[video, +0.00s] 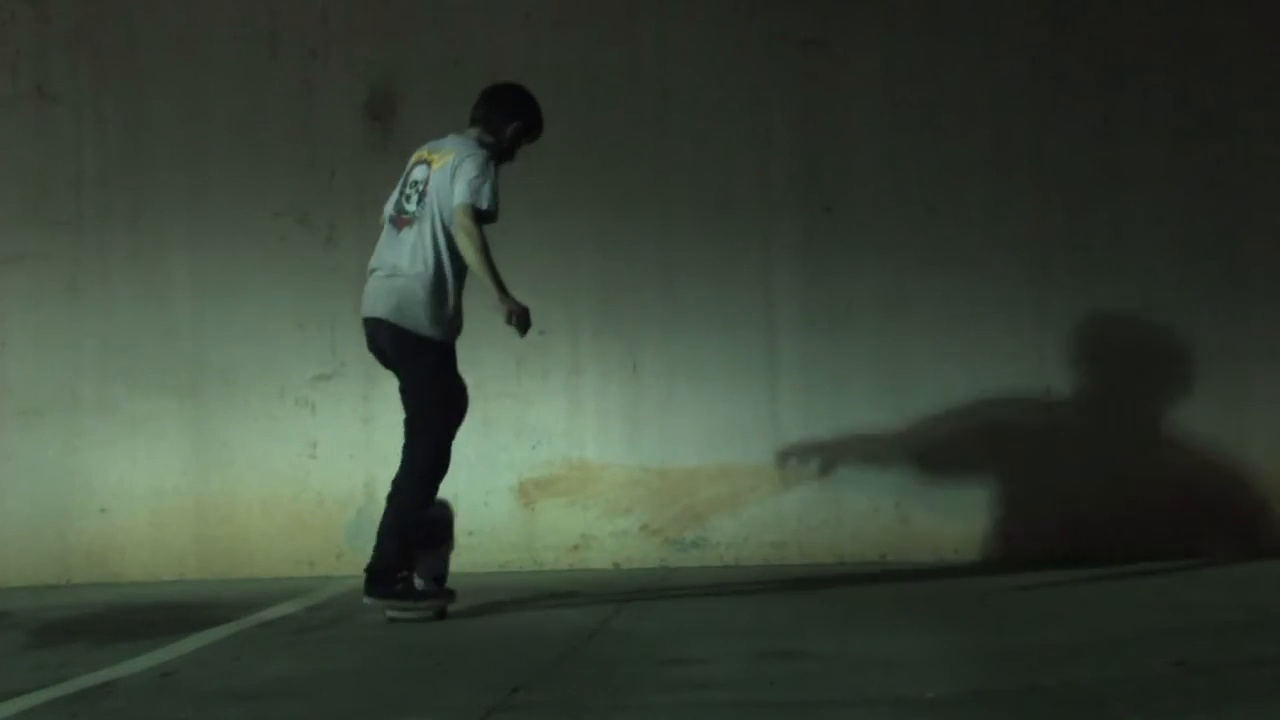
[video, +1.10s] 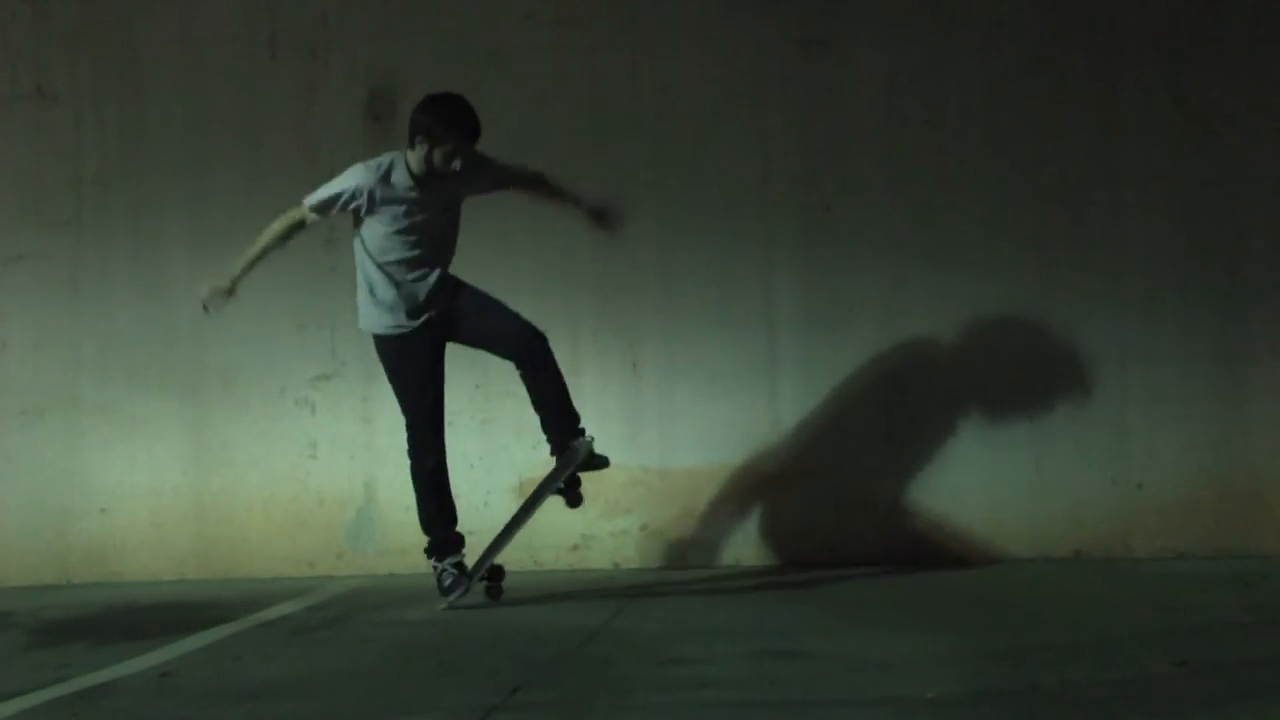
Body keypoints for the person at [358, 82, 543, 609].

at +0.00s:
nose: (517, 154)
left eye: (524, 145)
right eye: (522, 142)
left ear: (479, 119)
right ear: (508, 128)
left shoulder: (428, 152)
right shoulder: (473, 157)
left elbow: (395, 215)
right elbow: (461, 219)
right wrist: (504, 297)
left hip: (384, 313)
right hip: (416, 318)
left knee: (453, 401)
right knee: (429, 436)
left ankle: (414, 514)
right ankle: (388, 570)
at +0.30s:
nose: (514, 170)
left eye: (518, 161)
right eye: (516, 159)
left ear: (474, 142)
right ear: (498, 149)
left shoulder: (432, 172)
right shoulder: (464, 187)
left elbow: (402, 243)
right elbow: (496, 261)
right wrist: (568, 318)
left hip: (430, 332)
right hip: (408, 340)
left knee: (505, 395)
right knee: (430, 457)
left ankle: (493, 499)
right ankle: (424, 568)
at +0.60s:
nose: (515, 169)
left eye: (520, 159)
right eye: (515, 157)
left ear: (482, 146)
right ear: (492, 149)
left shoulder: (449, 174)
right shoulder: (448, 187)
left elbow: (445, 221)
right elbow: (448, 277)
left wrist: (482, 245)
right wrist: (512, 333)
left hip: (442, 330)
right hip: (405, 337)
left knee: (517, 387)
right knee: (435, 450)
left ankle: (513, 496)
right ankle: (441, 566)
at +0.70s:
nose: (511, 168)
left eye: (515, 158)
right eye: (510, 156)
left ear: (480, 146)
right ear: (484, 146)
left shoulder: (454, 183)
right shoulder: (438, 185)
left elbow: (467, 218)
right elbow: (410, 268)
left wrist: (526, 231)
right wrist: (442, 344)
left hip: (441, 321)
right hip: (403, 332)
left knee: (521, 374)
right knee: (438, 447)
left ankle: (500, 482)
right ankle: (442, 566)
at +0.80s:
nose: (497, 163)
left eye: (501, 152)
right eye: (493, 151)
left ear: (470, 147)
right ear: (464, 143)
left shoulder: (464, 188)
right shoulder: (415, 191)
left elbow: (510, 207)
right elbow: (370, 261)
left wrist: (579, 220)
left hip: (445, 327)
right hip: (404, 338)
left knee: (521, 384)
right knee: (439, 451)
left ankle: (512, 485)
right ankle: (441, 566)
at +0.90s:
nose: (479, 158)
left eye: (481, 149)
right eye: (473, 148)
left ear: (461, 144)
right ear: (443, 141)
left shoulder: (466, 179)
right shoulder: (394, 187)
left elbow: (530, 186)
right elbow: (333, 244)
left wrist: (603, 195)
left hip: (445, 320)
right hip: (401, 332)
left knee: (525, 383)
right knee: (435, 448)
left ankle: (566, 482)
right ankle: (441, 568)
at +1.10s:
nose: (459, 163)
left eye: (464, 155)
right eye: (453, 154)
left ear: (458, 151)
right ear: (423, 142)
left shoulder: (461, 174)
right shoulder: (371, 180)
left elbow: (525, 181)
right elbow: (295, 219)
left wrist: (585, 208)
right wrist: (232, 279)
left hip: (445, 298)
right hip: (397, 324)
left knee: (529, 343)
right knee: (426, 440)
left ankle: (568, 446)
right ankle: (446, 558)